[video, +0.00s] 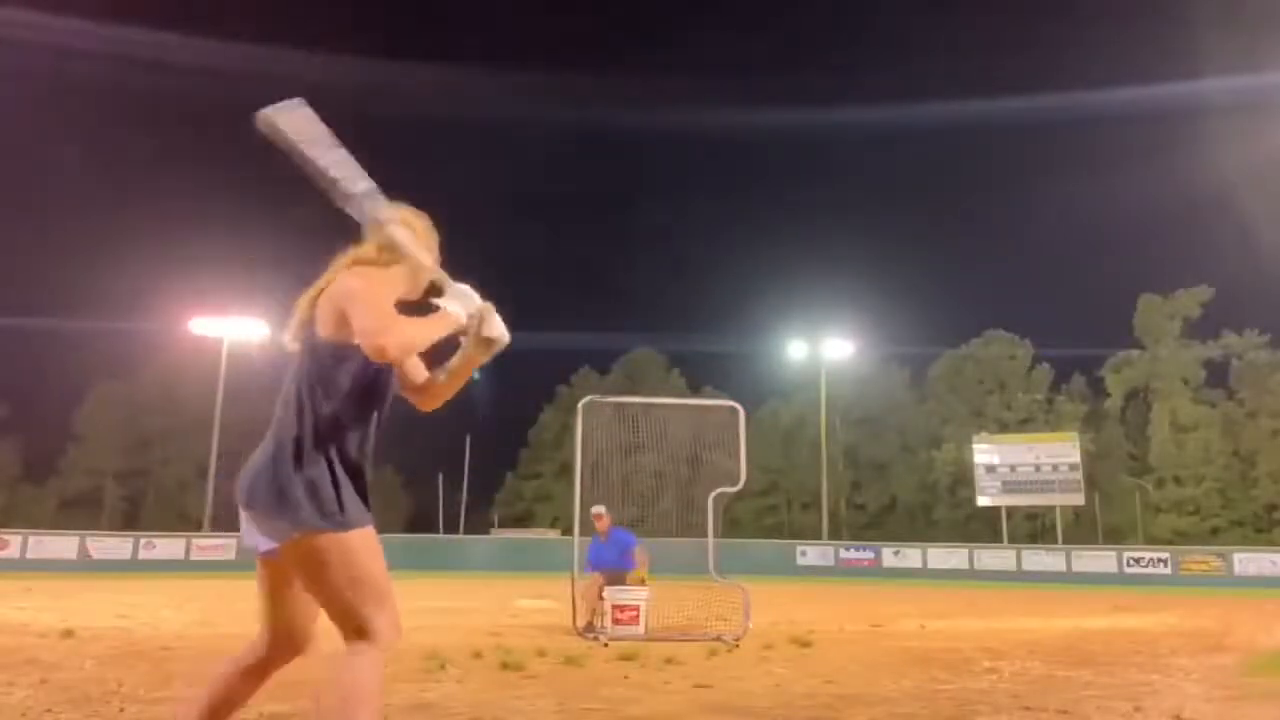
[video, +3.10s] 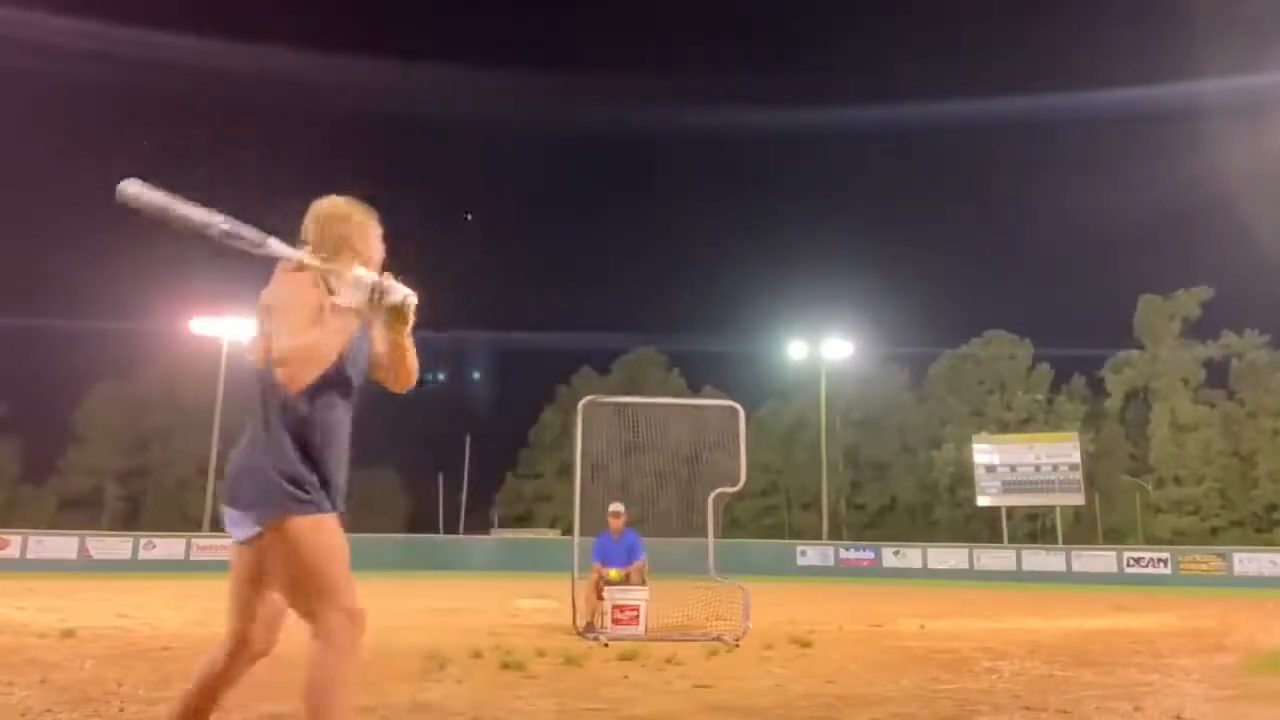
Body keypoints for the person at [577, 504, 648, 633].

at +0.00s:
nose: (599, 523)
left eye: (601, 519)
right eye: (595, 520)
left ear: (609, 518)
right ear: (593, 522)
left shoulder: (623, 537)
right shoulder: (595, 542)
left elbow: (640, 556)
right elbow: (591, 564)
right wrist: (597, 575)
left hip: (622, 573)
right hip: (603, 575)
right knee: (591, 587)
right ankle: (589, 622)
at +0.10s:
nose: (597, 524)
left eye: (600, 519)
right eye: (594, 521)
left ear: (607, 519)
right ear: (591, 523)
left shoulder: (620, 535)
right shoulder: (594, 545)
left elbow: (639, 552)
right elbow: (592, 568)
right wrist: (598, 578)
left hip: (622, 573)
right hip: (603, 575)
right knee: (590, 586)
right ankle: (589, 622)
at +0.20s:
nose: (594, 525)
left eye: (597, 520)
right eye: (591, 522)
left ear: (604, 520)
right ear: (589, 524)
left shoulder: (616, 535)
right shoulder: (593, 546)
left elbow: (637, 544)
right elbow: (592, 567)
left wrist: (640, 552)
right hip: (604, 575)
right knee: (590, 586)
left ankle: (589, 622)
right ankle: (589, 622)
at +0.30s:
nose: (594, 525)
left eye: (596, 520)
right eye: (591, 522)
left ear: (604, 520)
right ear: (588, 524)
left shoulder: (619, 535)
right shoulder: (591, 547)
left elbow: (645, 547)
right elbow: (592, 570)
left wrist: (661, 565)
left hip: (626, 575)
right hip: (605, 577)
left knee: (632, 577)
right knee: (592, 580)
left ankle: (629, 621)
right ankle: (590, 622)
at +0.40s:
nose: (596, 525)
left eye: (599, 520)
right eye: (593, 521)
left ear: (606, 519)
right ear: (590, 524)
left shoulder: (619, 534)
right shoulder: (592, 545)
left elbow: (645, 546)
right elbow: (585, 569)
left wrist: (654, 562)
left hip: (626, 574)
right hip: (605, 576)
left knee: (633, 578)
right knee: (591, 579)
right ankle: (590, 622)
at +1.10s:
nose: (614, 522)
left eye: (617, 517)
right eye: (611, 517)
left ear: (623, 520)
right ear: (605, 520)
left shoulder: (632, 537)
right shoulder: (599, 539)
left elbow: (643, 554)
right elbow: (594, 563)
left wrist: (638, 560)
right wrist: (604, 563)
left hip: (626, 571)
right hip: (607, 572)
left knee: (632, 578)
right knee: (595, 580)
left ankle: (631, 619)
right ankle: (590, 621)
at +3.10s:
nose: (615, 520)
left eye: (619, 516)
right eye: (612, 516)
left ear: (625, 518)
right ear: (608, 518)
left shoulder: (632, 537)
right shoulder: (602, 538)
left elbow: (640, 560)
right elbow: (595, 562)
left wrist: (625, 571)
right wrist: (605, 572)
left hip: (626, 571)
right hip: (607, 571)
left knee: (636, 573)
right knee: (593, 579)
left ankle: (635, 619)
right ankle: (589, 621)